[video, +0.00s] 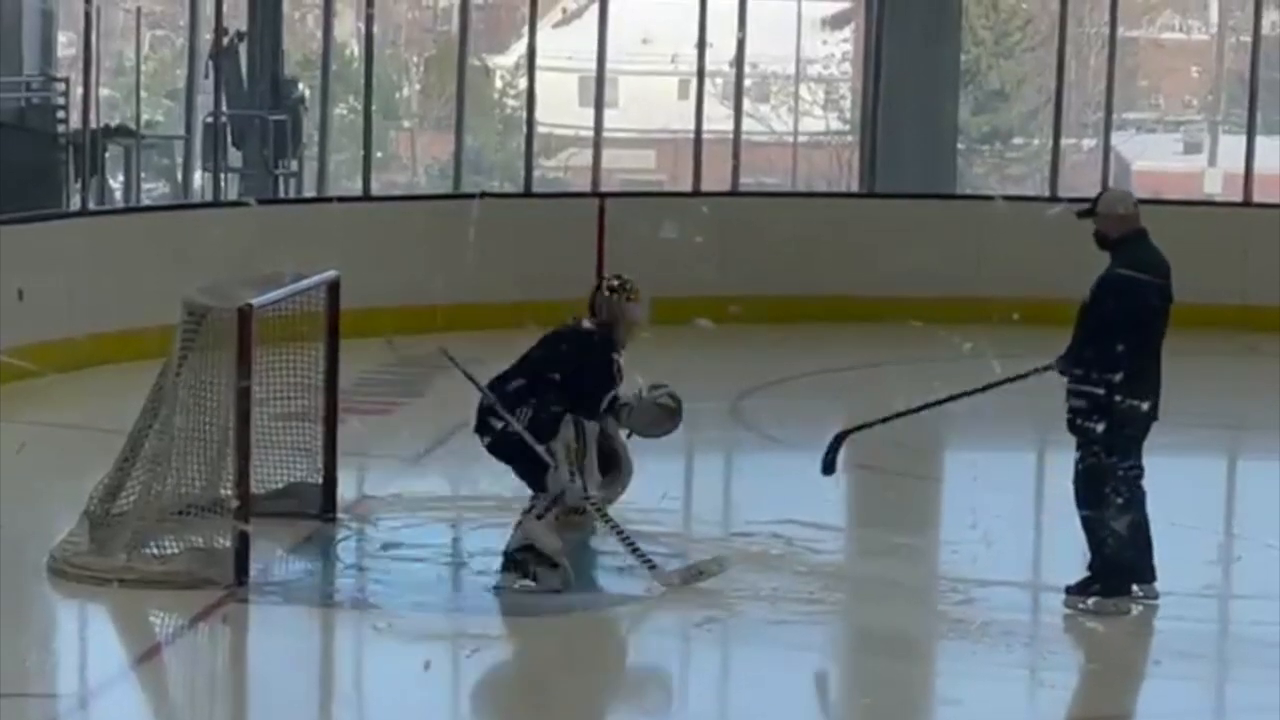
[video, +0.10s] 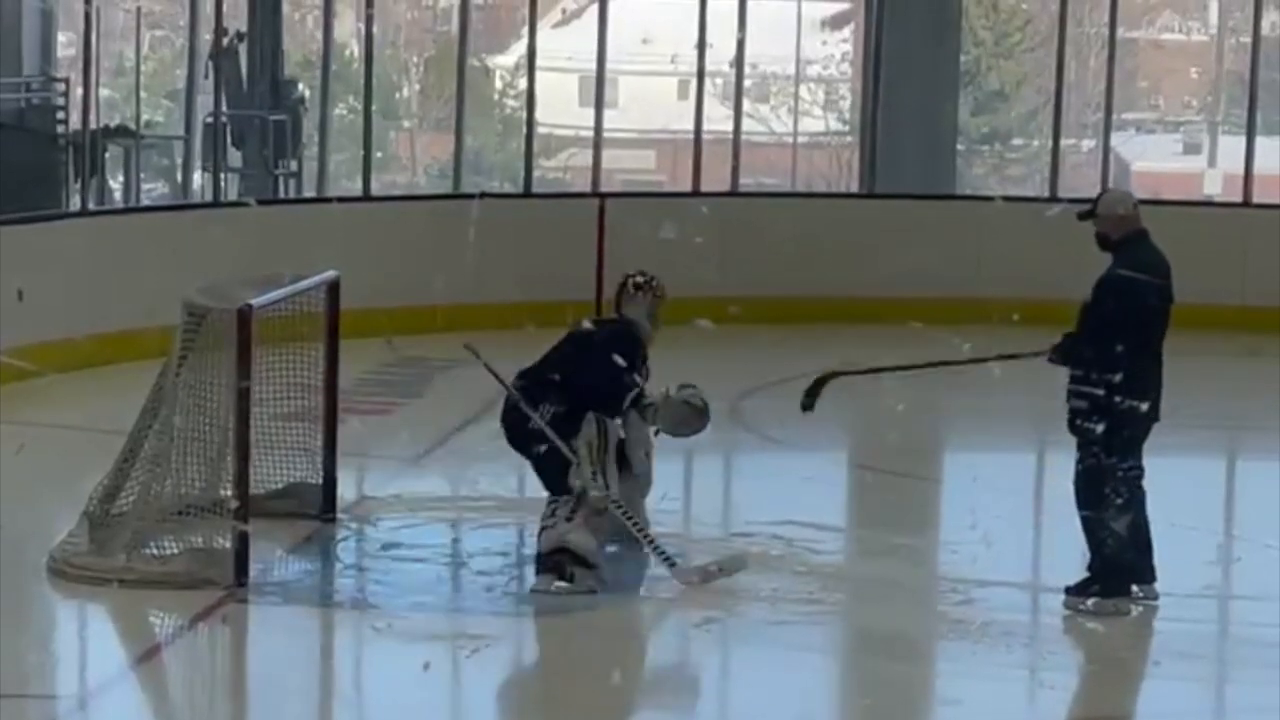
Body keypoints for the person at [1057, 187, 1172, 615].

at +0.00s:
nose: (1094, 230)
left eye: (1098, 223)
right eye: (1094, 222)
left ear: (1114, 224)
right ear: (1131, 221)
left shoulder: (1125, 271)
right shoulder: (1149, 263)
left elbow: (1108, 336)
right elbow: (1121, 332)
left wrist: (1074, 363)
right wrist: (1079, 357)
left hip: (1112, 399)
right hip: (1134, 395)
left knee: (1097, 486)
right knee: (1122, 483)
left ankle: (1112, 578)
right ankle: (1134, 572)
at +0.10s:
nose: (1095, 230)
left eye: (1100, 222)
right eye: (1095, 223)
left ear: (1119, 222)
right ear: (1129, 220)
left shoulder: (1125, 272)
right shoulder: (1150, 264)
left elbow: (1103, 341)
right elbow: (1120, 332)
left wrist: (1065, 351)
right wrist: (1074, 345)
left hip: (1112, 402)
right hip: (1133, 398)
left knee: (1097, 487)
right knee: (1123, 484)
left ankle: (1111, 580)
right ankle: (1135, 572)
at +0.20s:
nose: (1097, 232)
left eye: (1101, 224)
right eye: (1096, 224)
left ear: (1121, 222)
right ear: (1129, 220)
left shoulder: (1128, 270)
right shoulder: (1149, 263)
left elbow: (1101, 336)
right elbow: (1111, 325)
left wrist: (1064, 337)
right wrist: (1070, 332)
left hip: (1113, 403)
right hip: (1132, 399)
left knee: (1098, 489)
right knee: (1122, 485)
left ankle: (1111, 581)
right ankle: (1135, 573)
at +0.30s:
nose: (1098, 234)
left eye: (1102, 226)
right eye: (1098, 226)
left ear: (1120, 224)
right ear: (1130, 221)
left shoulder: (1131, 270)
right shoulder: (1148, 264)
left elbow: (1104, 334)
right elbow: (1111, 321)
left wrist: (1068, 332)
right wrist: (1073, 325)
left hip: (1115, 403)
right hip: (1130, 399)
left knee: (1098, 489)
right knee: (1121, 486)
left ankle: (1111, 582)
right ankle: (1135, 574)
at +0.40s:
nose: (1098, 235)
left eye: (1102, 226)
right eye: (1097, 227)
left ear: (1120, 224)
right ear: (1130, 222)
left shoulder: (1129, 271)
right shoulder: (1150, 265)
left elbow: (1104, 336)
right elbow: (1114, 323)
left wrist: (1070, 334)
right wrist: (1076, 327)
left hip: (1114, 404)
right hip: (1132, 400)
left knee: (1097, 489)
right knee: (1122, 486)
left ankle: (1111, 581)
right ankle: (1135, 573)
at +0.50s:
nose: (1096, 236)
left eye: (1099, 228)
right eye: (1095, 228)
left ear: (1117, 226)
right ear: (1130, 223)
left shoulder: (1128, 272)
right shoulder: (1150, 265)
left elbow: (1103, 336)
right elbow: (1117, 328)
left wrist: (1069, 338)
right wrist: (1077, 334)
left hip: (1115, 404)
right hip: (1134, 401)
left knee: (1098, 489)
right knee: (1122, 487)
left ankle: (1111, 582)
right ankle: (1133, 575)